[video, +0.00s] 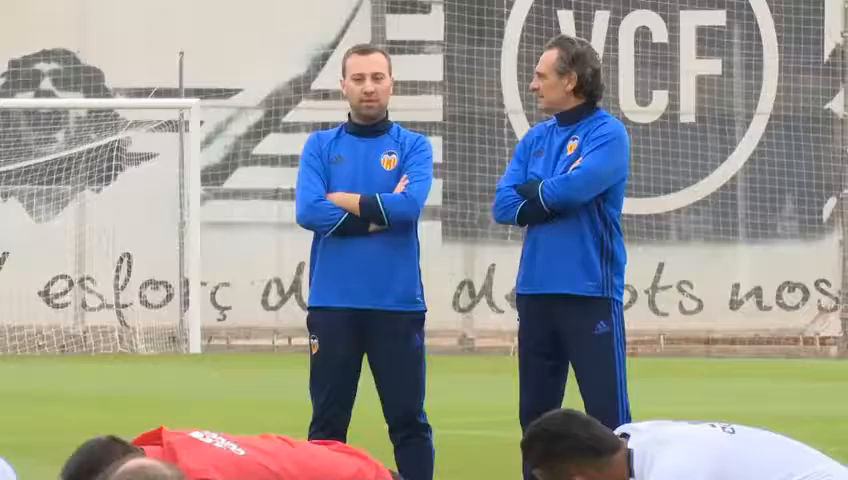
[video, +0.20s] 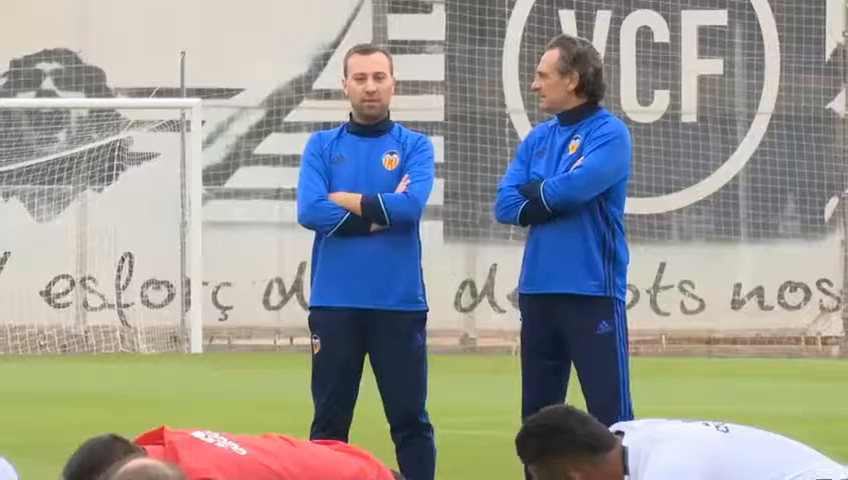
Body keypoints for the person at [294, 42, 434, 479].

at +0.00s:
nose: (369, 87)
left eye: (378, 78)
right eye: (359, 79)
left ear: (391, 85)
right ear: (343, 87)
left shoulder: (414, 145)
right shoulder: (320, 144)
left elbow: (409, 208)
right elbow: (308, 212)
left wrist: (337, 198)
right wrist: (381, 214)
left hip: (397, 304)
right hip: (333, 304)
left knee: (408, 421)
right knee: (327, 422)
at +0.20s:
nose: (370, 87)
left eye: (379, 78)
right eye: (360, 78)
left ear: (393, 85)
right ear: (345, 86)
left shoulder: (416, 145)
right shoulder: (321, 144)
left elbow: (410, 208)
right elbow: (310, 212)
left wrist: (340, 198)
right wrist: (382, 214)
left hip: (399, 304)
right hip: (334, 304)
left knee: (410, 421)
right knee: (329, 422)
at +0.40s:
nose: (374, 87)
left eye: (383, 77)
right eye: (364, 78)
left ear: (397, 84)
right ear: (349, 86)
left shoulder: (420, 144)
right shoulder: (325, 143)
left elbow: (414, 207)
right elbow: (314, 211)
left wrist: (345, 197)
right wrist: (386, 214)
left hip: (403, 303)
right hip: (339, 303)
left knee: (413, 418)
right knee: (334, 418)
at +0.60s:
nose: (375, 87)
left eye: (384, 77)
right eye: (365, 78)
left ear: (398, 84)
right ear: (350, 85)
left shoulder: (420, 144)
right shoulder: (327, 143)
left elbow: (415, 206)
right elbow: (315, 211)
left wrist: (344, 197)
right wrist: (388, 213)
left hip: (404, 303)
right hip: (339, 303)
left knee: (415, 420)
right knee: (333, 421)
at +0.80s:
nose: (376, 87)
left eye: (385, 77)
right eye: (366, 78)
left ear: (398, 84)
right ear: (350, 86)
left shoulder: (420, 144)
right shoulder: (327, 143)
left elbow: (415, 207)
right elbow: (314, 211)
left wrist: (344, 198)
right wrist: (387, 215)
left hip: (404, 303)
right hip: (339, 303)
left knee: (414, 416)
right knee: (333, 418)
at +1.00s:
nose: (378, 87)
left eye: (387, 77)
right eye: (368, 78)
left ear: (400, 84)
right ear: (352, 85)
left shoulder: (422, 144)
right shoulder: (328, 144)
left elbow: (417, 207)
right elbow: (316, 212)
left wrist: (346, 198)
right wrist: (388, 215)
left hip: (406, 303)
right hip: (341, 303)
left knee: (416, 416)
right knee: (336, 417)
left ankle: (425, 479)